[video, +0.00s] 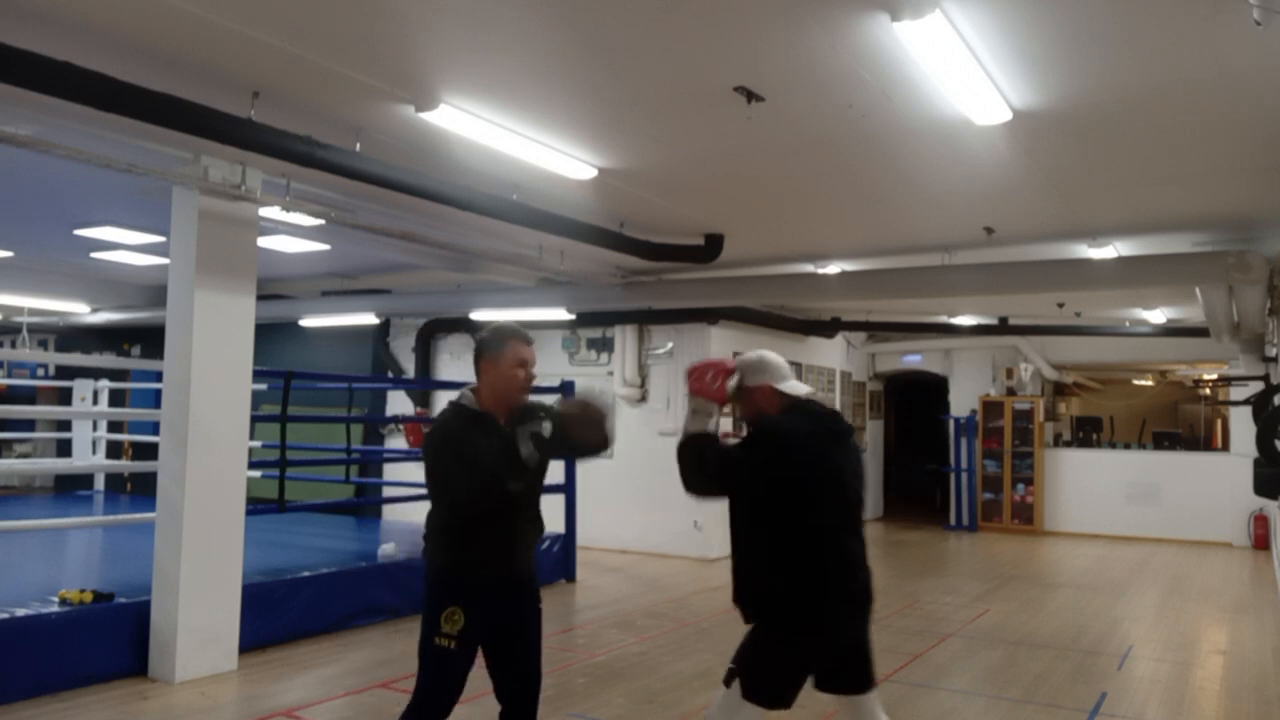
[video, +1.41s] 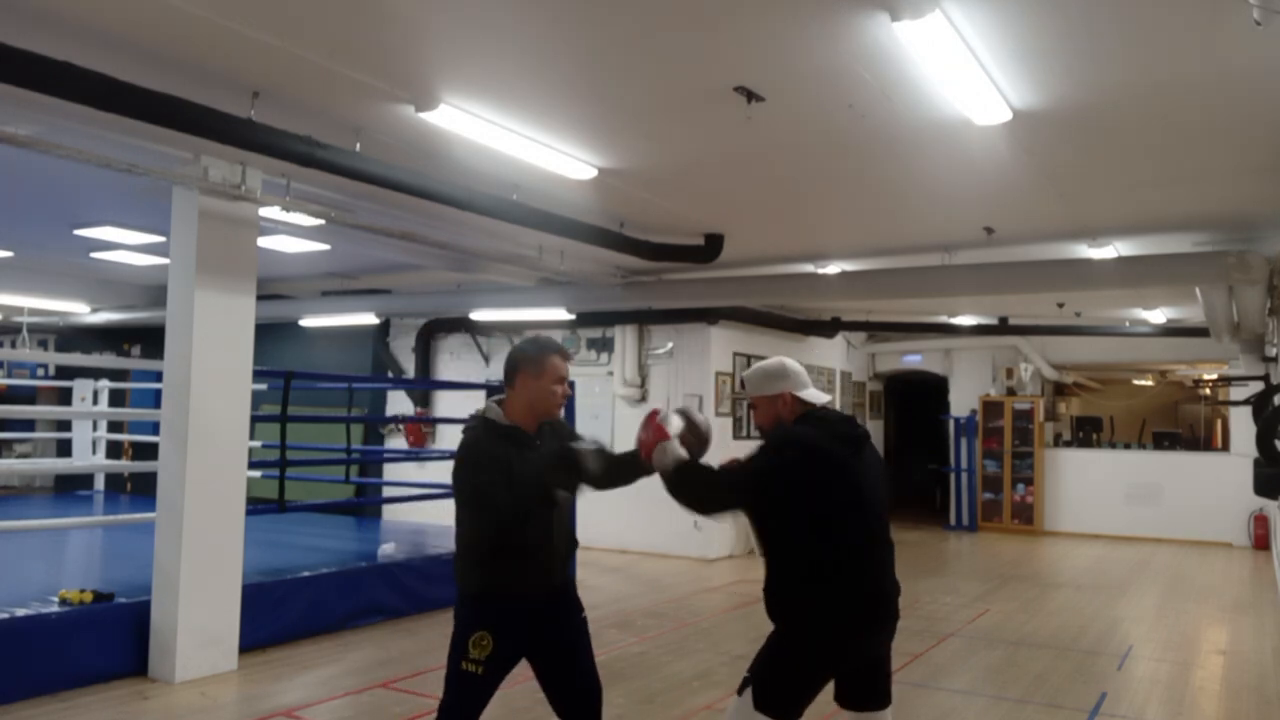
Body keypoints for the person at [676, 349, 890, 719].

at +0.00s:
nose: (742, 413)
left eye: (742, 401)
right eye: (739, 404)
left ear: (763, 393)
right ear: (777, 389)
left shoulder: (771, 439)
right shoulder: (833, 428)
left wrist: (700, 410)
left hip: (792, 607)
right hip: (844, 599)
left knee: (734, 705)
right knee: (862, 701)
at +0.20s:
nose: (786, 411)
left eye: (787, 401)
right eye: (784, 402)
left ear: (808, 395)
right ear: (826, 392)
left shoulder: (813, 440)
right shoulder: (875, 431)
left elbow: (748, 489)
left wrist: (738, 428)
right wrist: (782, 450)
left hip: (825, 601)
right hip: (881, 594)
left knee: (775, 705)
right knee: (885, 702)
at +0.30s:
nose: (789, 406)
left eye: (791, 393)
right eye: (787, 395)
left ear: (817, 388)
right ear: (827, 386)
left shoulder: (830, 430)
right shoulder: (877, 423)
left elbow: (795, 510)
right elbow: (841, 491)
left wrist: (757, 455)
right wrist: (793, 446)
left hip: (831, 595)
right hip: (882, 588)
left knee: (775, 703)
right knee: (884, 701)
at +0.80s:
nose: (779, 414)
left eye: (782, 400)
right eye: (777, 402)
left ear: (814, 394)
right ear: (815, 394)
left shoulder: (843, 440)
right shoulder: (862, 431)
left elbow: (799, 527)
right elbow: (807, 513)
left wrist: (738, 496)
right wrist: (763, 463)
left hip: (842, 610)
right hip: (877, 603)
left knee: (773, 707)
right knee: (877, 710)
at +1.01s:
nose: (764, 415)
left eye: (767, 403)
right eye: (762, 405)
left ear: (797, 398)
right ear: (802, 397)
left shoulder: (809, 442)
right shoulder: (854, 434)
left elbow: (732, 490)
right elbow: (817, 505)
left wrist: (678, 452)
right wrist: (760, 466)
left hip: (821, 608)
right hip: (873, 600)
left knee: (765, 709)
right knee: (871, 705)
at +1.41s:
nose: (753, 420)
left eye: (755, 408)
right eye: (751, 409)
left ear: (784, 402)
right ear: (789, 400)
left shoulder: (786, 452)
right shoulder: (852, 438)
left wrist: (665, 454)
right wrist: (749, 471)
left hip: (815, 617)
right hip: (873, 609)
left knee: (751, 710)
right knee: (871, 712)